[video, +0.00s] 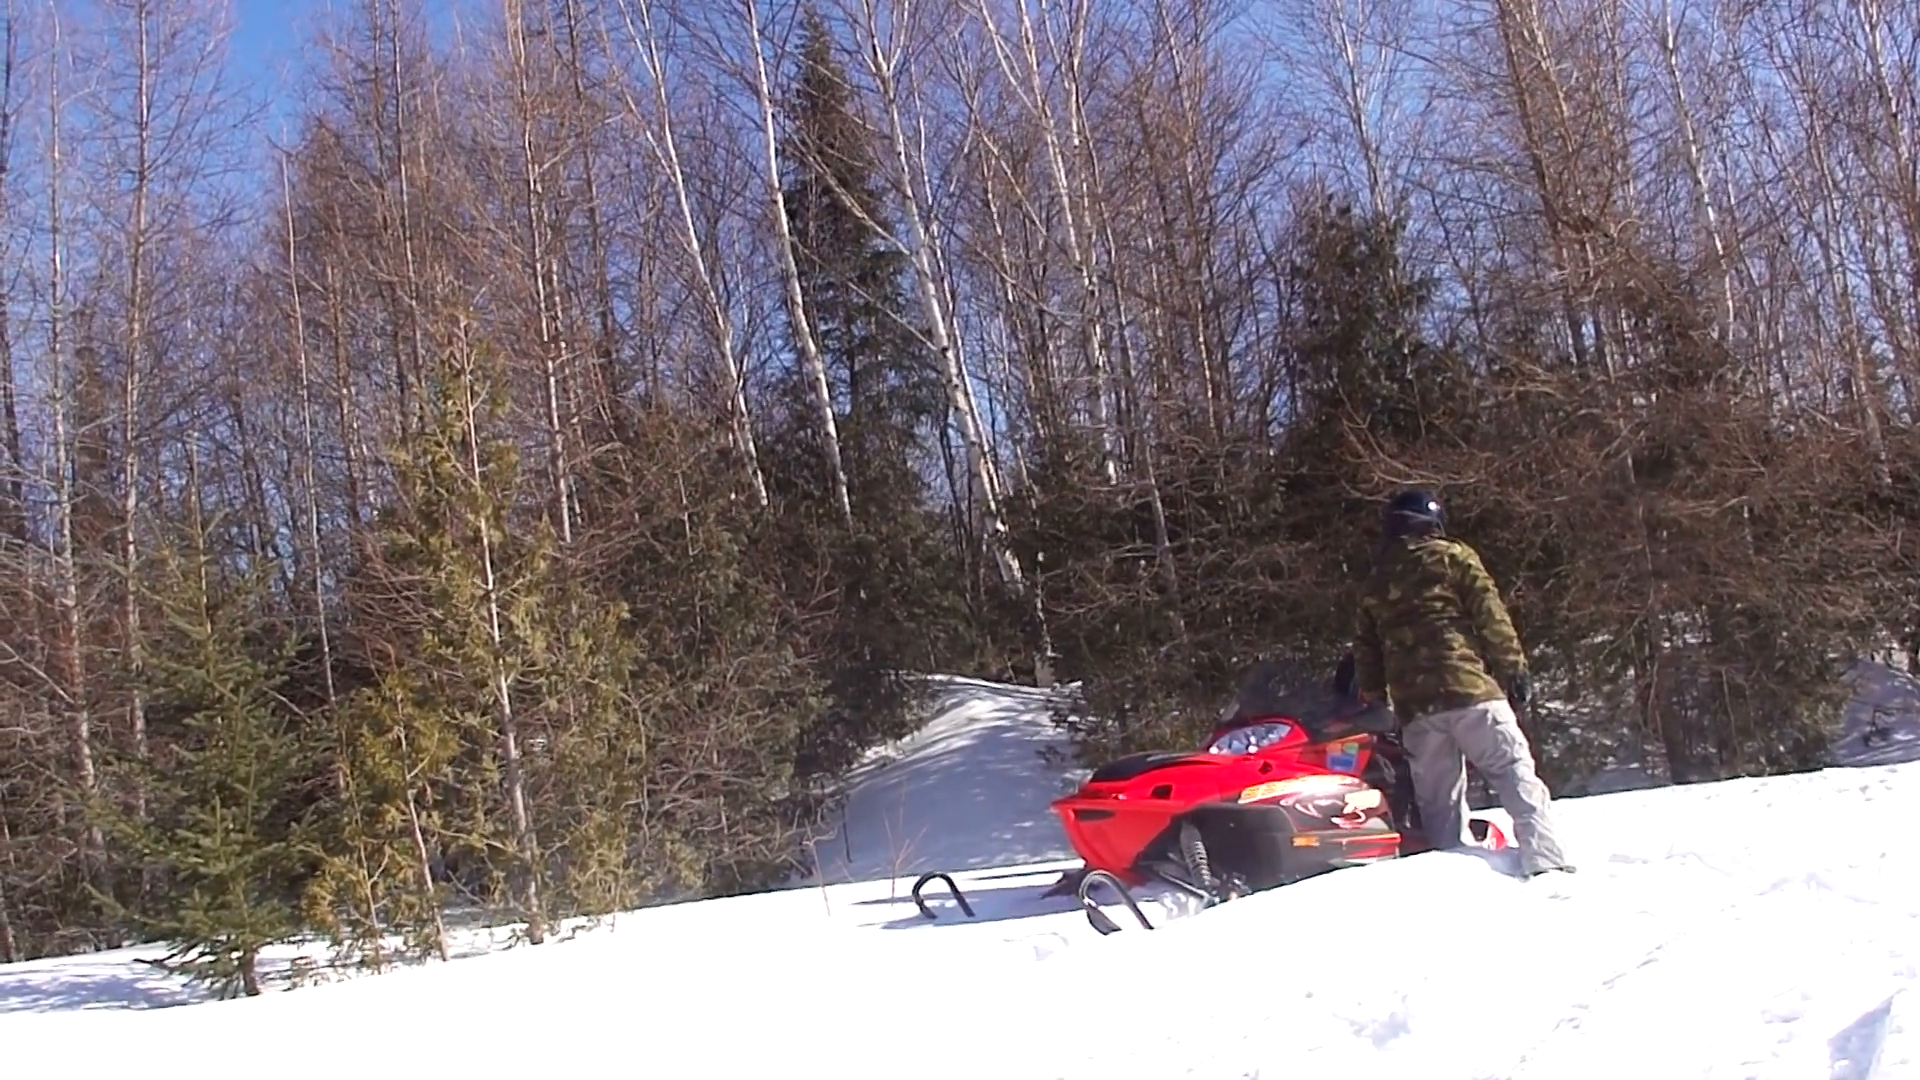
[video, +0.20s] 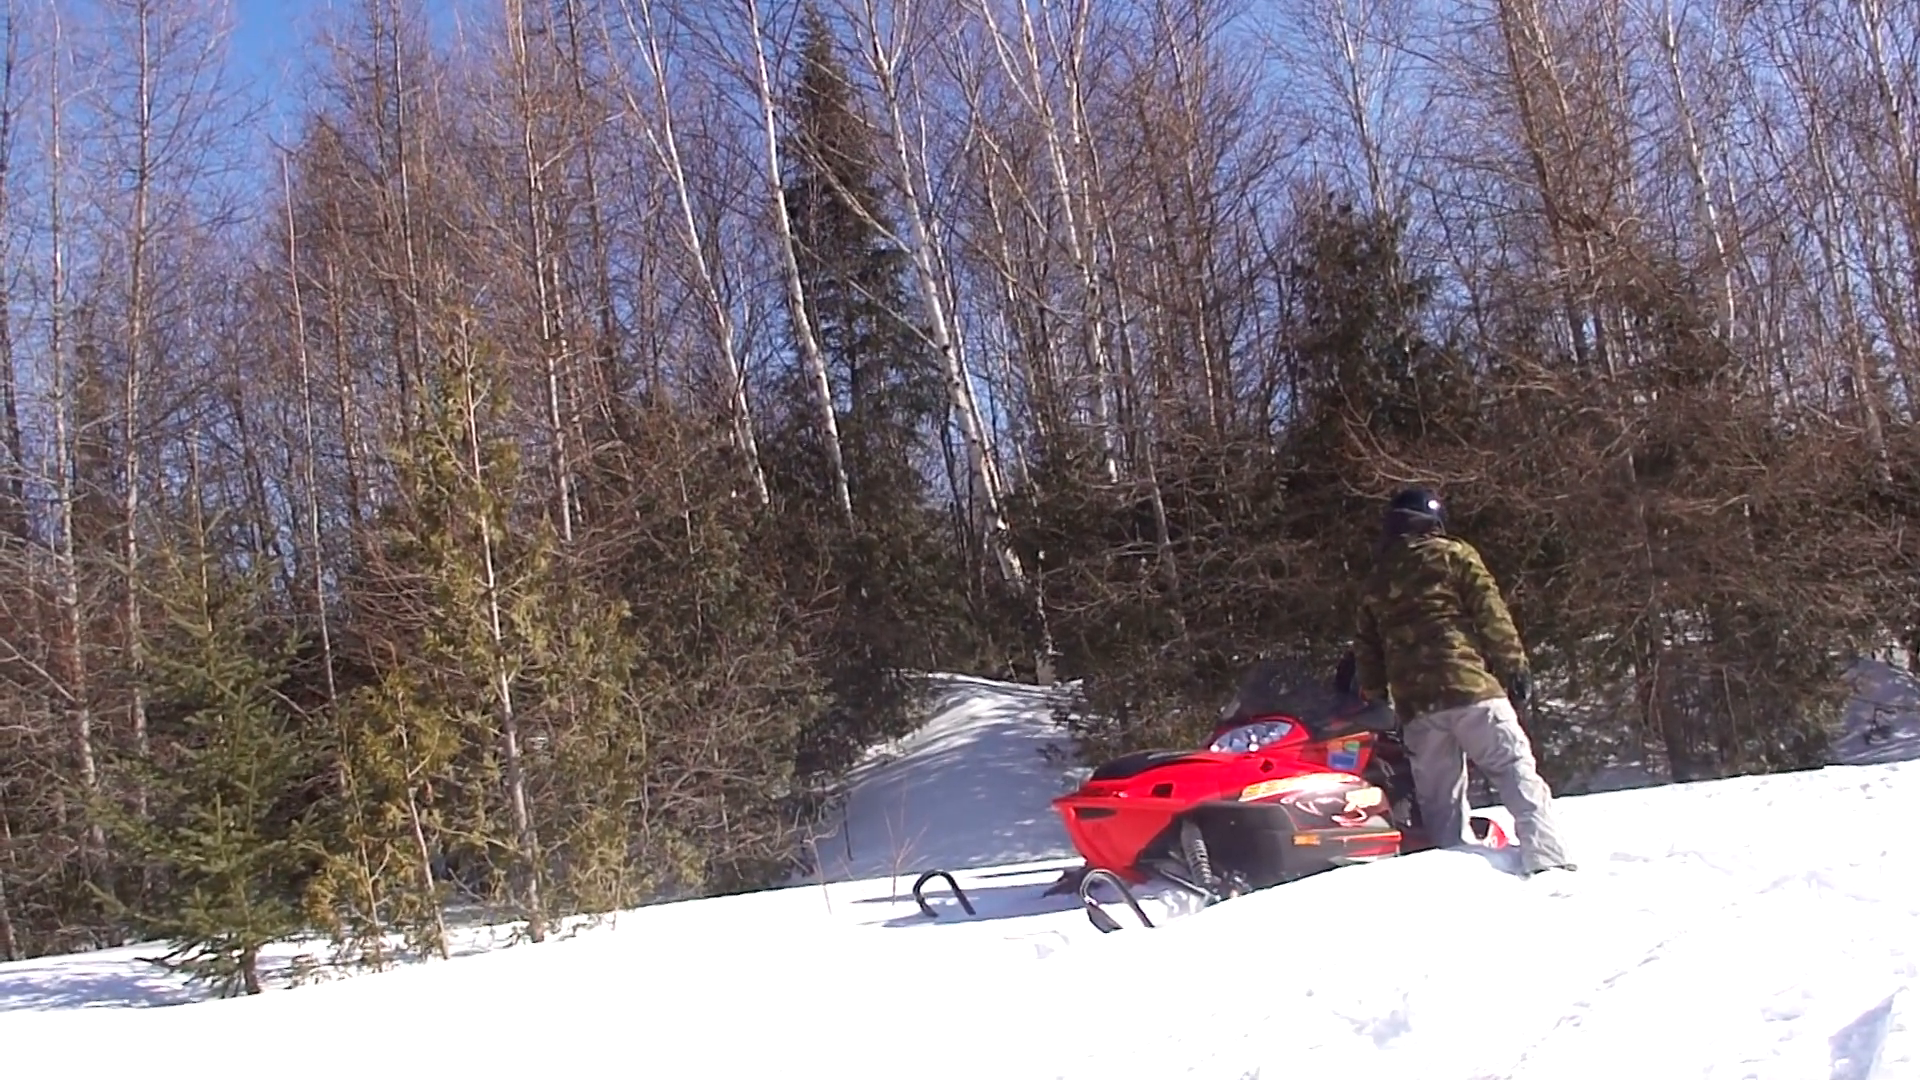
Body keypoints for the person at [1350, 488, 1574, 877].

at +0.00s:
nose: (1443, 526)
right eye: (1439, 519)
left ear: (1391, 525)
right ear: (1433, 521)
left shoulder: (1376, 577)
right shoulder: (1453, 554)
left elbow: (1367, 644)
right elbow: (1488, 612)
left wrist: (1373, 691)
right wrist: (1513, 667)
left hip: (1413, 701)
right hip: (1468, 689)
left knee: (1438, 800)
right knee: (1512, 768)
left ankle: (1450, 879)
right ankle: (1543, 858)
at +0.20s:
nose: (1443, 524)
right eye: (1440, 517)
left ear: (1392, 523)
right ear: (1433, 519)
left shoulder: (1376, 576)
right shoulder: (1454, 553)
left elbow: (1368, 643)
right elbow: (1489, 610)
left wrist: (1373, 690)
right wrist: (1515, 665)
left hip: (1414, 700)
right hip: (1469, 687)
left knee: (1439, 798)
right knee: (1513, 766)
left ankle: (1452, 878)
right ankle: (1545, 857)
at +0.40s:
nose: (1442, 522)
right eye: (1438, 516)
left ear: (1391, 523)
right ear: (1432, 518)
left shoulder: (1375, 576)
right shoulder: (1452, 551)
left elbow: (1369, 644)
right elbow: (1487, 608)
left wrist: (1376, 689)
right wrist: (1513, 663)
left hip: (1414, 702)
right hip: (1470, 688)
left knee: (1439, 801)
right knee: (1514, 766)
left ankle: (1451, 879)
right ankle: (1545, 855)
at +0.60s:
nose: (1452, 528)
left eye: (1450, 522)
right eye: (1448, 522)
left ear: (1397, 526)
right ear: (1436, 520)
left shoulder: (1376, 574)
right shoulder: (1452, 551)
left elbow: (1366, 643)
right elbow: (1486, 607)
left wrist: (1377, 689)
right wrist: (1513, 661)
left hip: (1412, 700)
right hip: (1467, 686)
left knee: (1438, 801)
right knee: (1513, 763)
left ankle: (1450, 878)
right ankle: (1545, 856)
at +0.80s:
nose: (1455, 530)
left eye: (1453, 524)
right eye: (1451, 524)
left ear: (1399, 526)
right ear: (1438, 521)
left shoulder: (1375, 574)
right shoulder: (1452, 552)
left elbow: (1368, 645)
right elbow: (1485, 610)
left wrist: (1380, 686)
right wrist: (1511, 663)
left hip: (1412, 700)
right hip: (1466, 688)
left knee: (1438, 802)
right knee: (1512, 764)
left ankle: (1450, 879)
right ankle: (1546, 857)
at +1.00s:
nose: (1457, 530)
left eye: (1455, 524)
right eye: (1453, 524)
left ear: (1402, 525)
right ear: (1441, 521)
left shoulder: (1378, 572)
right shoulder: (1453, 551)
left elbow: (1369, 642)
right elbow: (1486, 613)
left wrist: (1381, 686)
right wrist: (1513, 667)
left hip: (1412, 698)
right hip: (1465, 687)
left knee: (1437, 798)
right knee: (1512, 763)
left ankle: (1446, 877)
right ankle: (1546, 856)